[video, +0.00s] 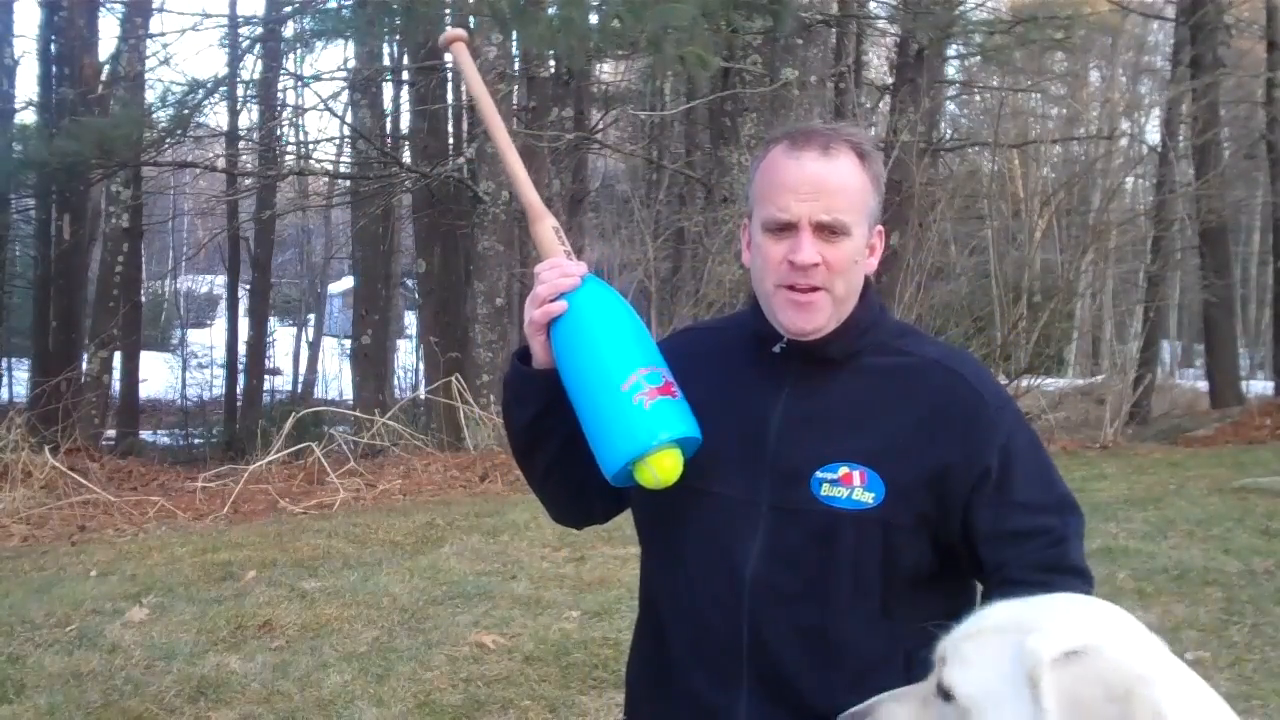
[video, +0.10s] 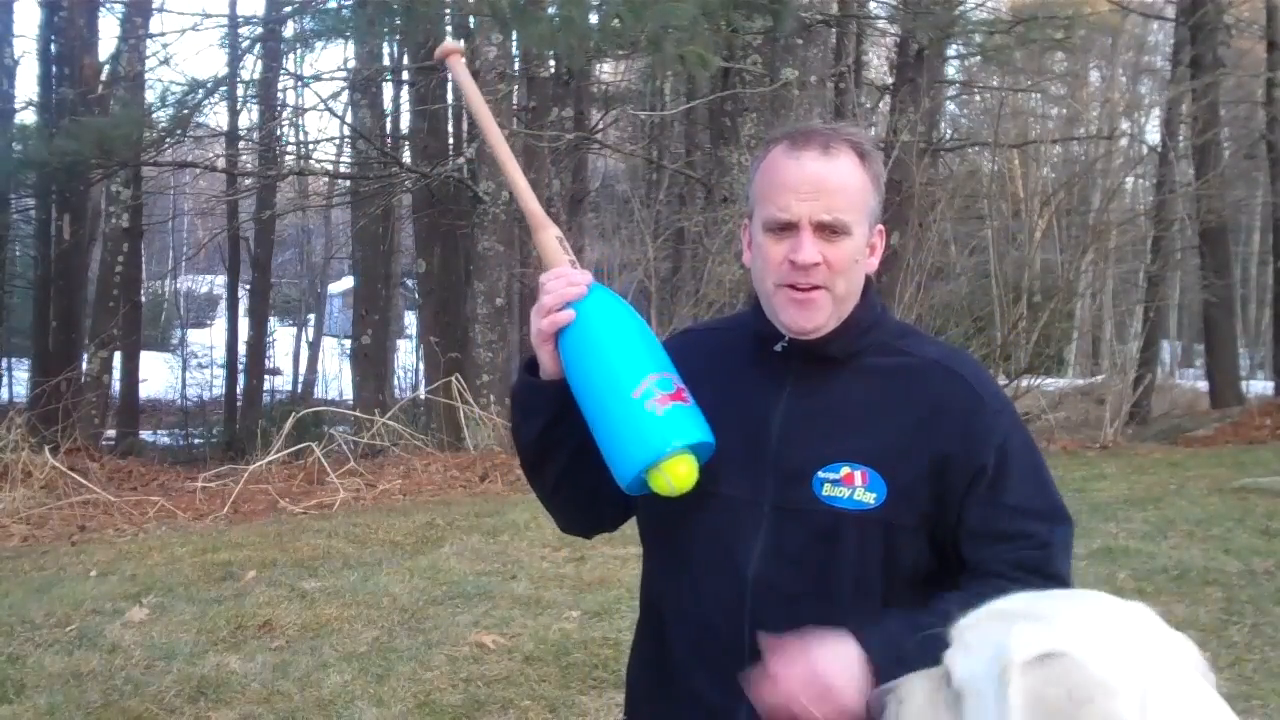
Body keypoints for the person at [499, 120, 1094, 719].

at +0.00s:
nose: (803, 256)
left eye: (831, 231)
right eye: (780, 229)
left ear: (873, 249)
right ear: (747, 242)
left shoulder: (953, 402)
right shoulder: (679, 370)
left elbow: (1047, 586)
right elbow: (579, 497)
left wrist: (980, 708)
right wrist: (542, 368)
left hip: (868, 713)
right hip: (678, 707)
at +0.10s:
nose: (804, 255)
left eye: (830, 229)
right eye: (781, 228)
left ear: (873, 248)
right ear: (747, 243)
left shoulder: (951, 399)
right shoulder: (680, 369)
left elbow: (1027, 582)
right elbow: (585, 507)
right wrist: (550, 376)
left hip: (853, 716)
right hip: (677, 706)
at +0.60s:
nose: (804, 255)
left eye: (829, 230)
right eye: (782, 229)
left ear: (872, 247)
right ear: (747, 244)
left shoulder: (951, 397)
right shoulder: (681, 370)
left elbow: (991, 591)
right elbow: (604, 530)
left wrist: (806, 564)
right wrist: (571, 415)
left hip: (876, 703)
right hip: (685, 703)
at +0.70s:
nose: (801, 255)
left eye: (827, 230)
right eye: (779, 230)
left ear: (871, 248)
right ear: (745, 245)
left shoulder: (951, 397)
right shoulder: (678, 370)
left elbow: (988, 589)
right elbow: (603, 528)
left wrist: (803, 559)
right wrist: (570, 410)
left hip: (877, 705)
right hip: (685, 704)